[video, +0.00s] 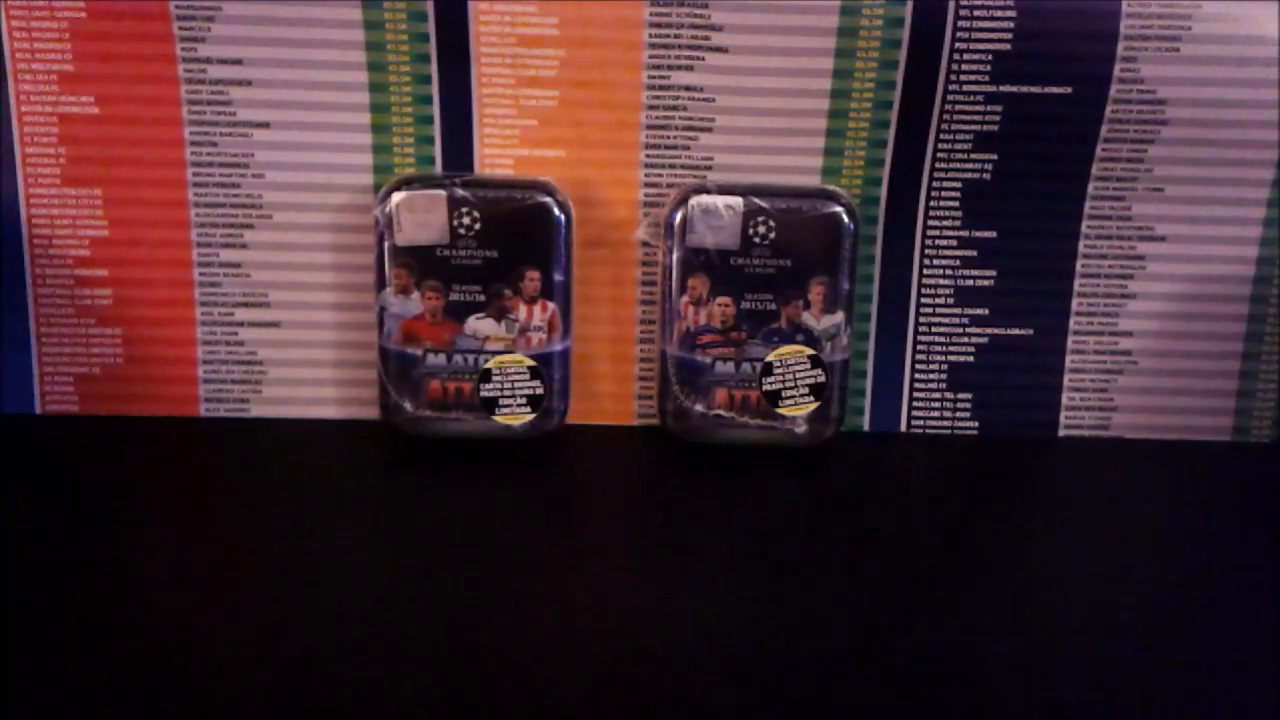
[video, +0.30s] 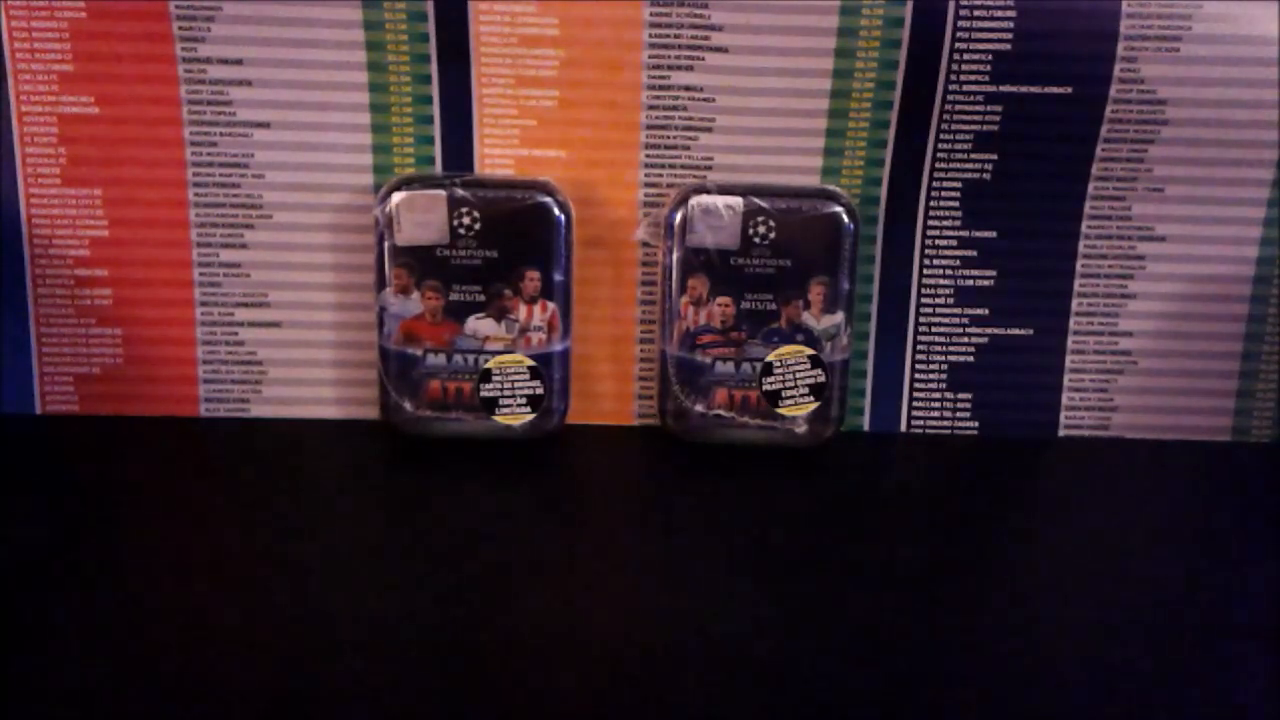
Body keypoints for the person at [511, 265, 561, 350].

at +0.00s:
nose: (536, 285)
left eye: (538, 280)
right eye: (531, 280)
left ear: (541, 283)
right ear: (521, 283)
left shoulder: (551, 308)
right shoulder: (512, 305)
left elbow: (556, 338)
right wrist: (520, 330)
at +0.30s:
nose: (536, 285)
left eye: (539, 280)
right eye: (531, 280)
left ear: (541, 283)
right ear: (521, 284)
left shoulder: (551, 308)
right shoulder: (512, 306)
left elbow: (556, 337)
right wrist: (521, 330)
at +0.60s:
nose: (536, 285)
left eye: (539, 281)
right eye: (531, 280)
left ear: (541, 283)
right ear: (521, 284)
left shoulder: (551, 308)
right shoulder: (512, 306)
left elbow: (556, 337)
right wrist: (521, 329)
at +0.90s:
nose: (536, 285)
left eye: (539, 281)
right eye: (531, 280)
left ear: (541, 283)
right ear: (521, 284)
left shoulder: (551, 308)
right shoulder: (511, 306)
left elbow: (556, 337)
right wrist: (521, 329)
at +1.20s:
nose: (536, 285)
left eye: (539, 281)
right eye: (531, 280)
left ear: (541, 283)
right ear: (521, 284)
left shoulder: (551, 308)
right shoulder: (512, 306)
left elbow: (556, 337)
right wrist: (521, 329)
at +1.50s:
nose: (536, 285)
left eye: (538, 281)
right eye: (531, 280)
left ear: (541, 283)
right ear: (521, 284)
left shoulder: (551, 308)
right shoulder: (512, 306)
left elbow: (556, 336)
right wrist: (521, 329)